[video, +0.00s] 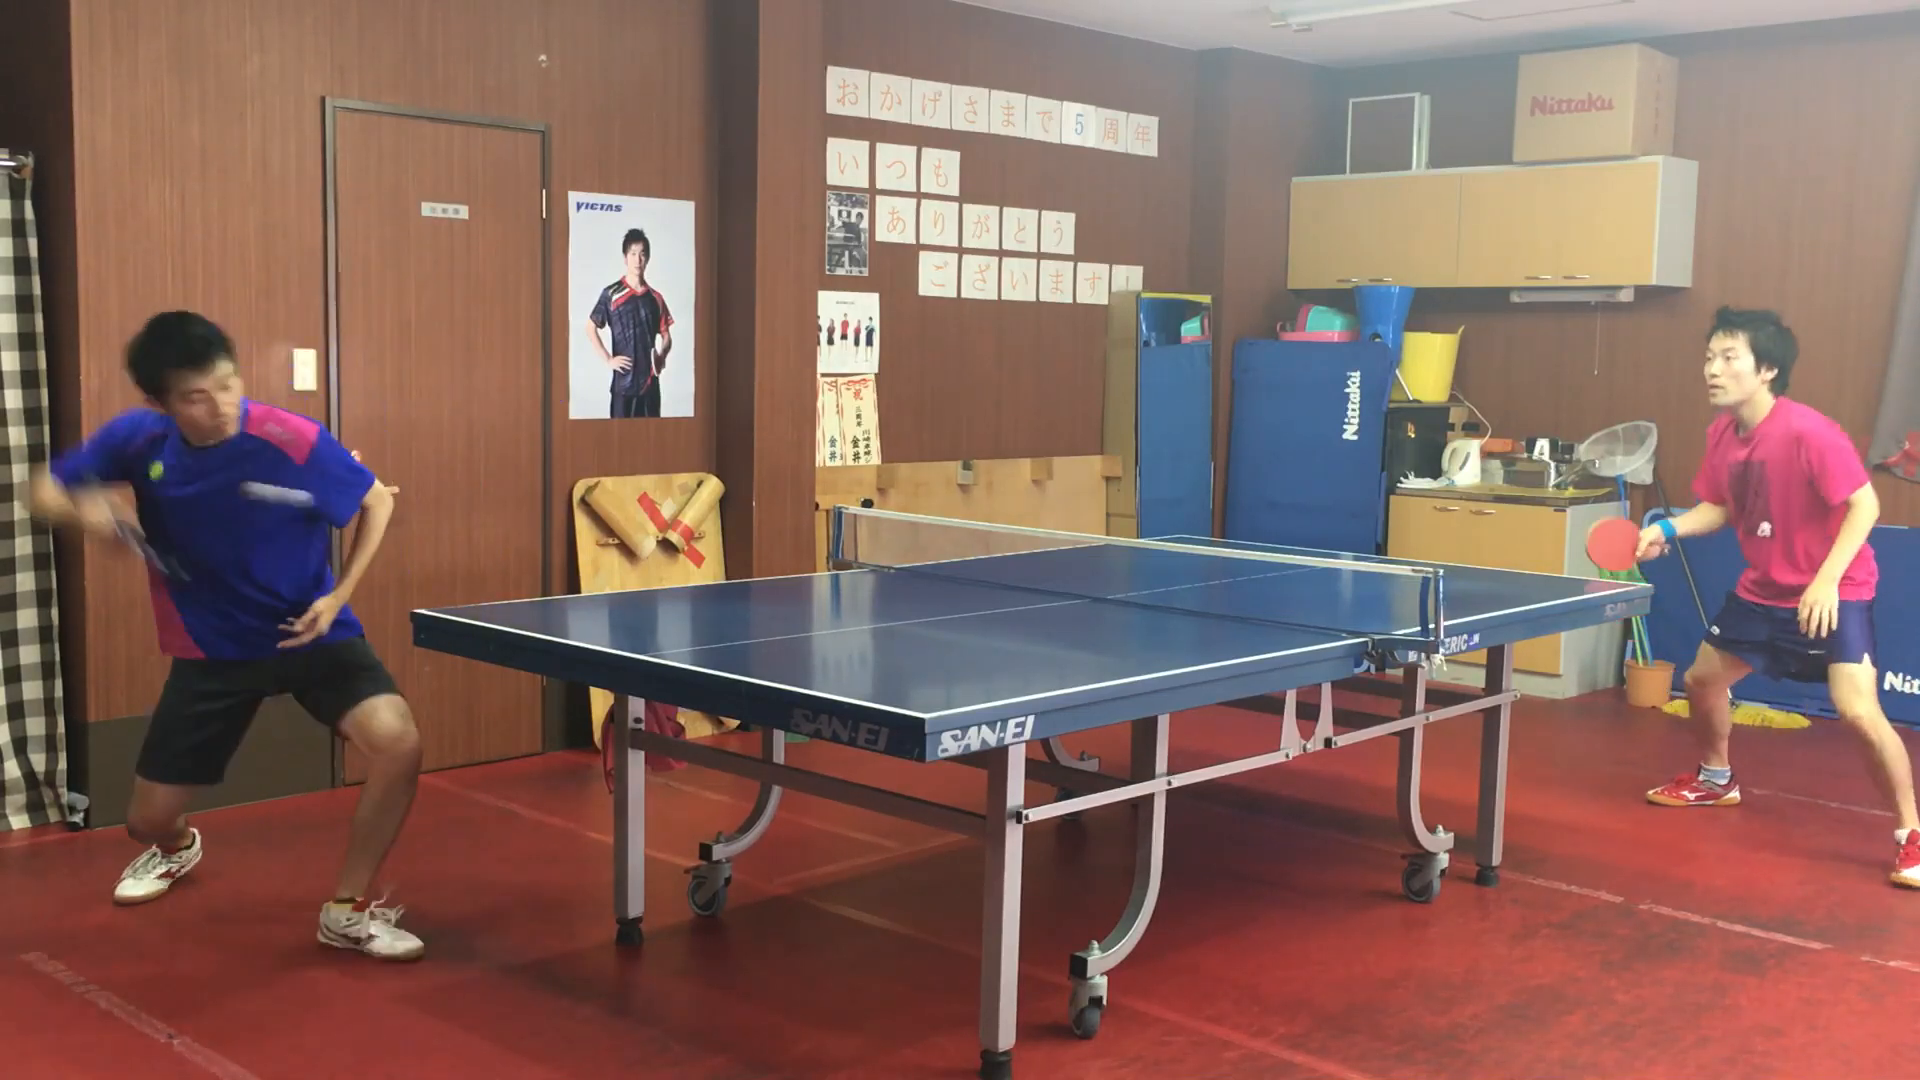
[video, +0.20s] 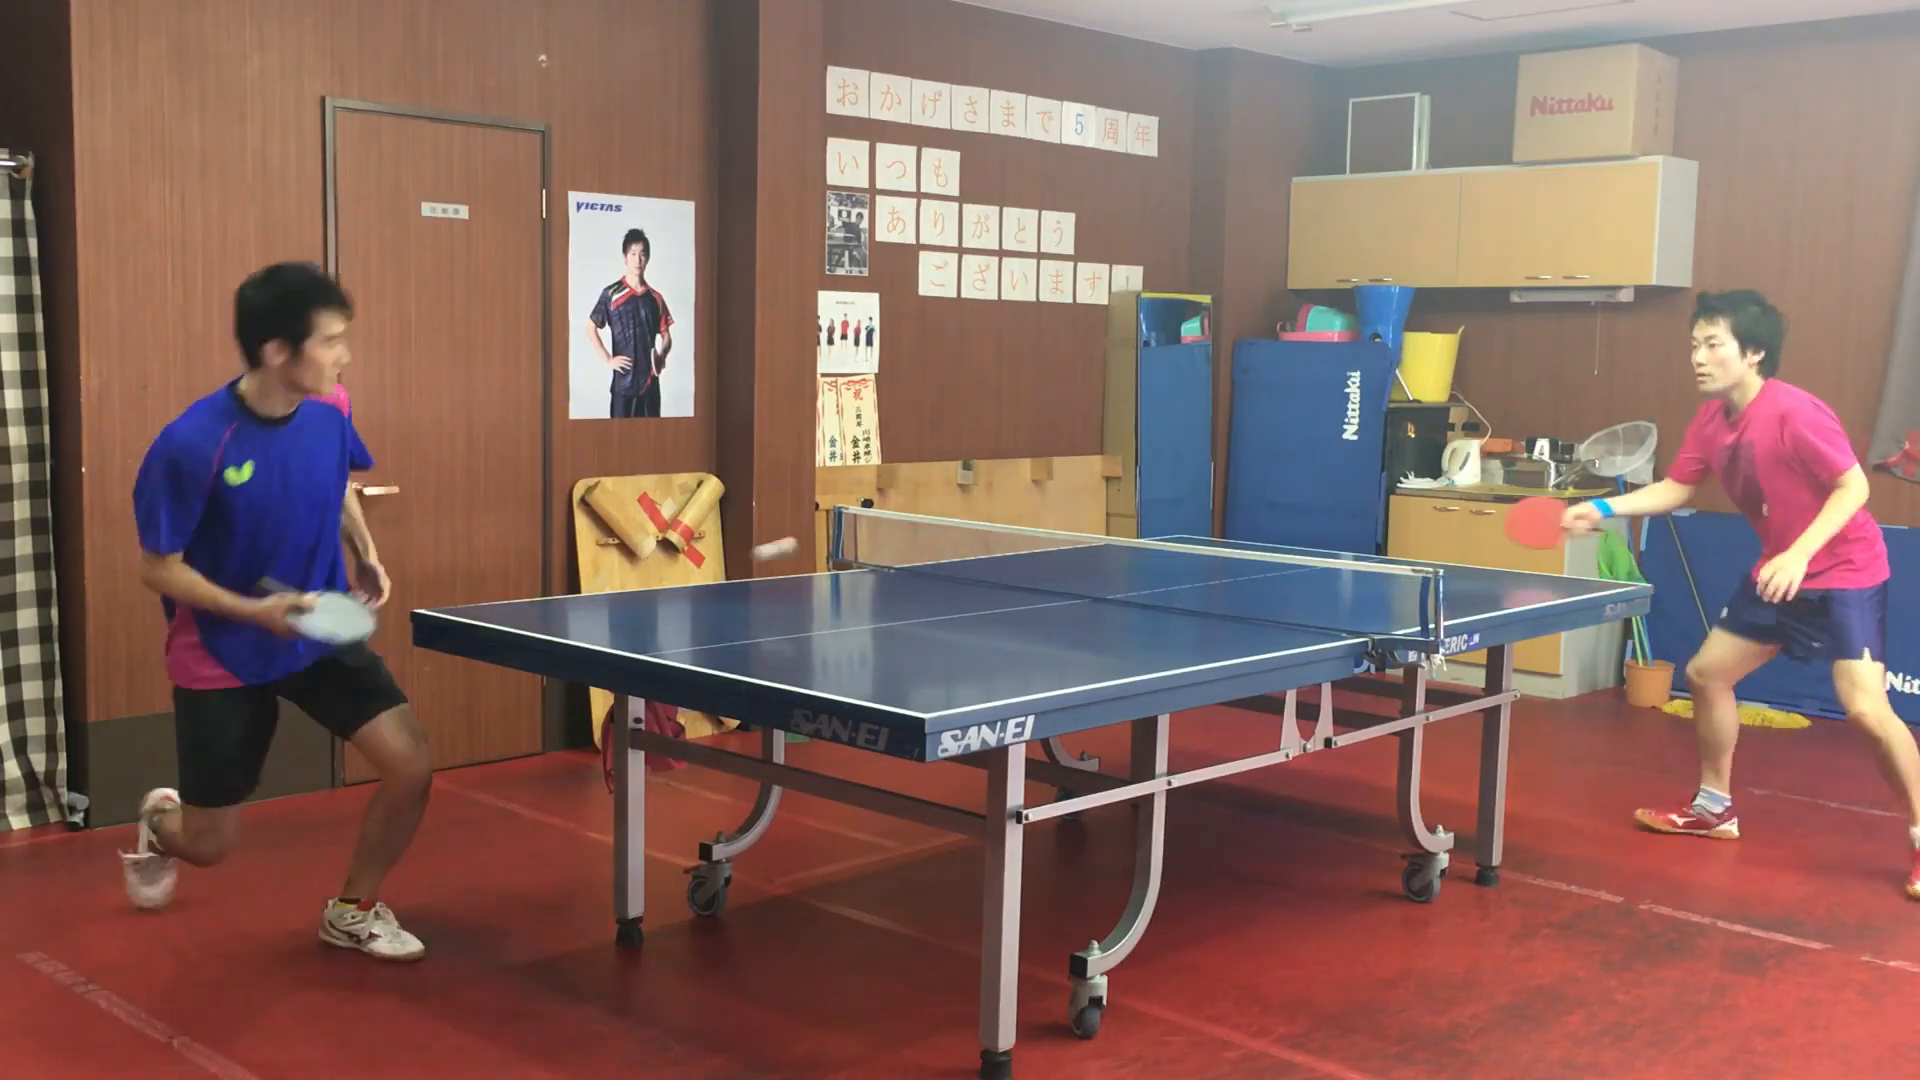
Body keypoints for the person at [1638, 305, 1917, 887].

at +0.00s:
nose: (1711, 370)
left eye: (1727, 359)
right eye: (1709, 359)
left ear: (1767, 373)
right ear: (1706, 366)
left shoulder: (1809, 432)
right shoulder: (1723, 432)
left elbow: (1865, 506)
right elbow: (1718, 508)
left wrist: (1827, 578)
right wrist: (1668, 528)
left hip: (1835, 588)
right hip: (1763, 585)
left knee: (1857, 709)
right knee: (1703, 679)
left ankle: (1911, 831)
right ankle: (1714, 776)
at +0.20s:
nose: (1697, 357)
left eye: (1712, 345)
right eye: (1694, 345)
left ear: (1753, 353)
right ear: (1695, 351)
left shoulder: (1793, 410)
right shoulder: (1710, 422)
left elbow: (1854, 486)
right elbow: (1675, 490)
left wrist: (1799, 552)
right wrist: (1602, 507)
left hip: (1847, 572)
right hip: (1780, 569)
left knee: (1866, 707)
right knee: (1708, 674)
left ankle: (1919, 835)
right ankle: (1713, 807)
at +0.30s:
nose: (1695, 367)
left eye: (1709, 354)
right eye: (1693, 356)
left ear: (1753, 362)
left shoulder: (1811, 421)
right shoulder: (1704, 433)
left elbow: (1869, 495)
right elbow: (1648, 494)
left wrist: (1825, 564)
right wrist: (1568, 506)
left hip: (1838, 597)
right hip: (1757, 591)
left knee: (1876, 726)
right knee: (1666, 677)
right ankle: (1701, 797)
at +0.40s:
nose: (1674, 376)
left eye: (1687, 362)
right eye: (1673, 364)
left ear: (1734, 370)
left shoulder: (1800, 427)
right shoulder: (1679, 442)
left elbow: (1854, 505)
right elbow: (1616, 494)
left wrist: (1815, 560)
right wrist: (1536, 508)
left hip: (1808, 614)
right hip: (1725, 603)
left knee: (1863, 731)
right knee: (1616, 665)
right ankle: (1633, 795)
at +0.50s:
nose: (1621, 383)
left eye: (1631, 369)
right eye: (1617, 372)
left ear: (1679, 372)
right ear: (1631, 379)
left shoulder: (1751, 421)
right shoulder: (1628, 442)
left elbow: (1806, 495)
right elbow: (1567, 493)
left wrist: (1774, 545)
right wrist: (1493, 510)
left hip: (1765, 613)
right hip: (1677, 605)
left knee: (1840, 724)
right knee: (1574, 681)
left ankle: (1911, 842)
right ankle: (1504, 803)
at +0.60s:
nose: (1555, 400)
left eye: (1566, 386)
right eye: (1551, 388)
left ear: (1613, 386)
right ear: (1580, 393)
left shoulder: (1690, 432)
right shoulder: (1562, 457)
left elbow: (1748, 499)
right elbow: (1510, 503)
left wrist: (1758, 549)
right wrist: (1440, 516)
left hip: (1712, 620)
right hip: (1628, 620)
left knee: (1792, 722)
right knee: (1528, 687)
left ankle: (1887, 843)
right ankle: (1464, 819)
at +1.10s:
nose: (1591, 382)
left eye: (1606, 371)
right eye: (1585, 369)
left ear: (1647, 380)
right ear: (1580, 375)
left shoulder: (1699, 438)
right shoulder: (1576, 454)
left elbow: (1759, 509)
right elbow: (1559, 523)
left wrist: (1757, 568)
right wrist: (1514, 531)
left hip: (1706, 605)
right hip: (1618, 602)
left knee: (1769, 713)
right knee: (1529, 679)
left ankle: (1827, 845)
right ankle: (1488, 811)